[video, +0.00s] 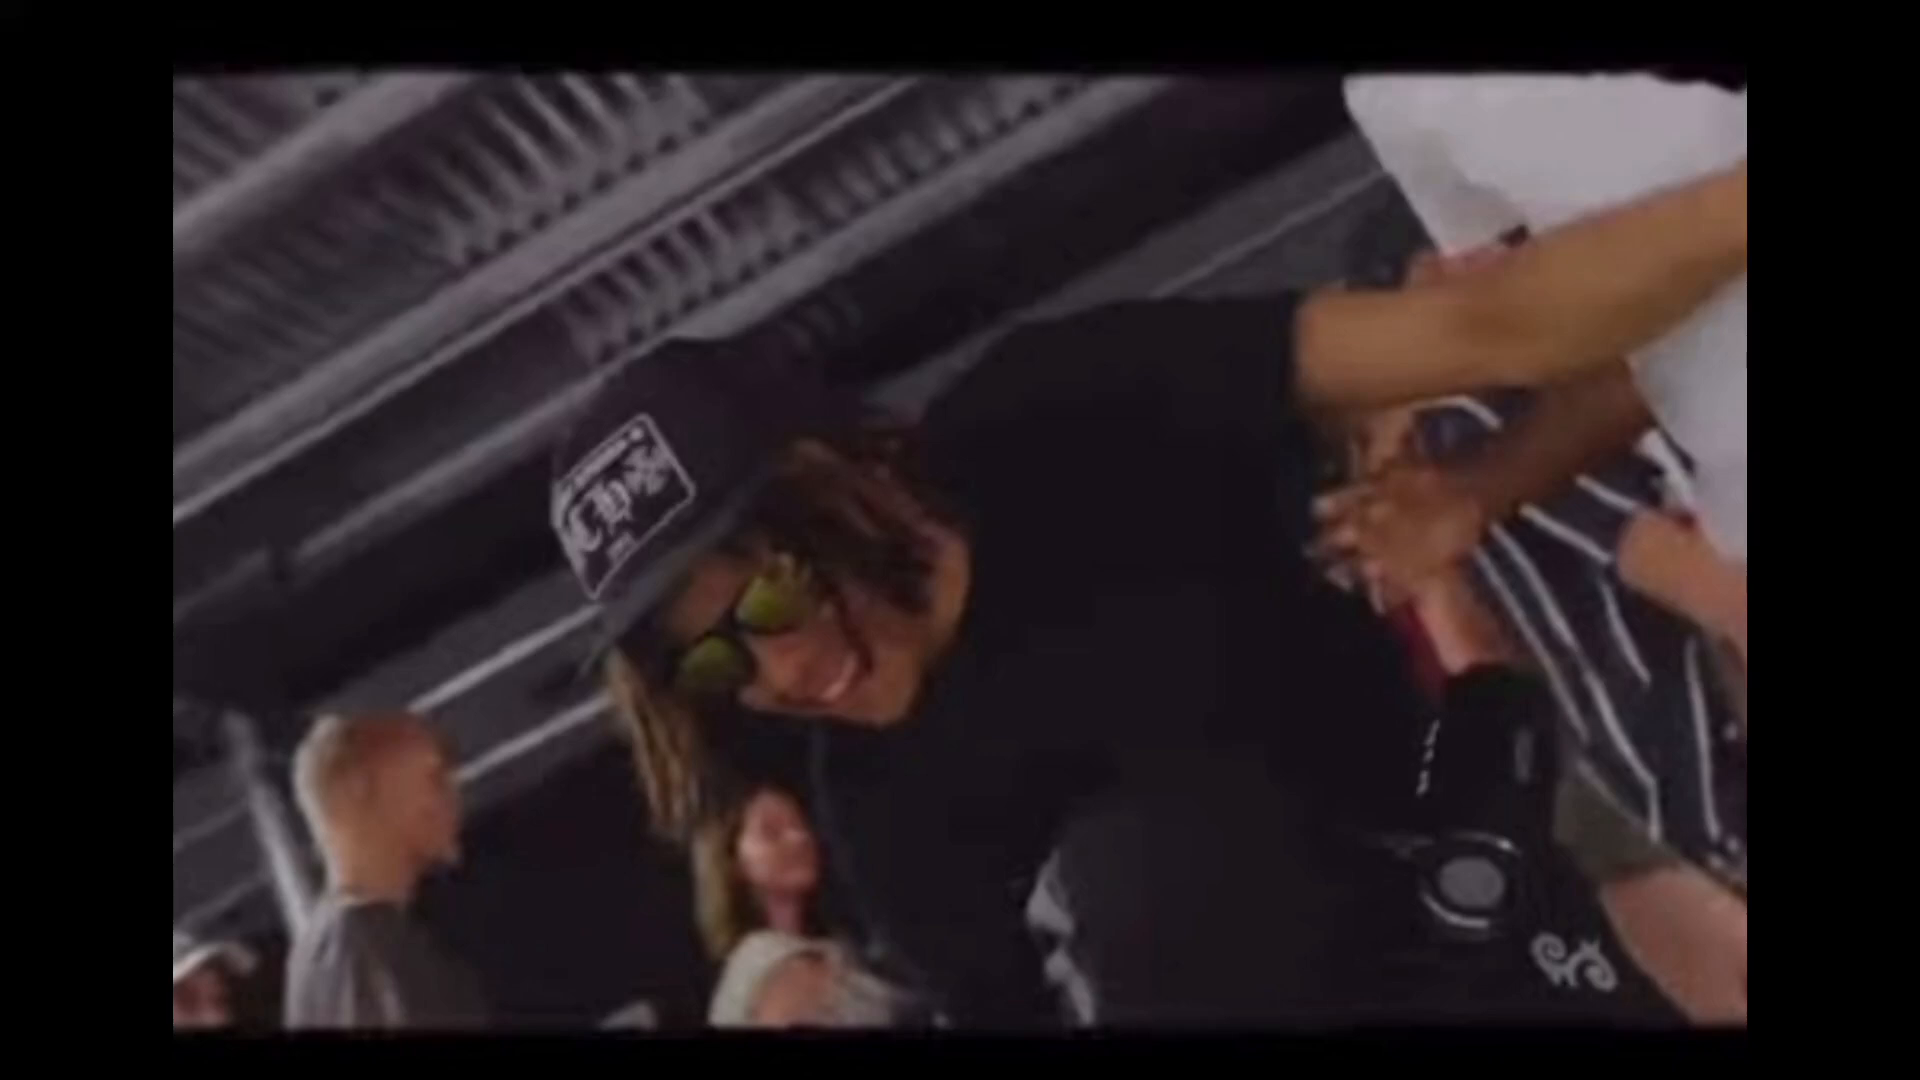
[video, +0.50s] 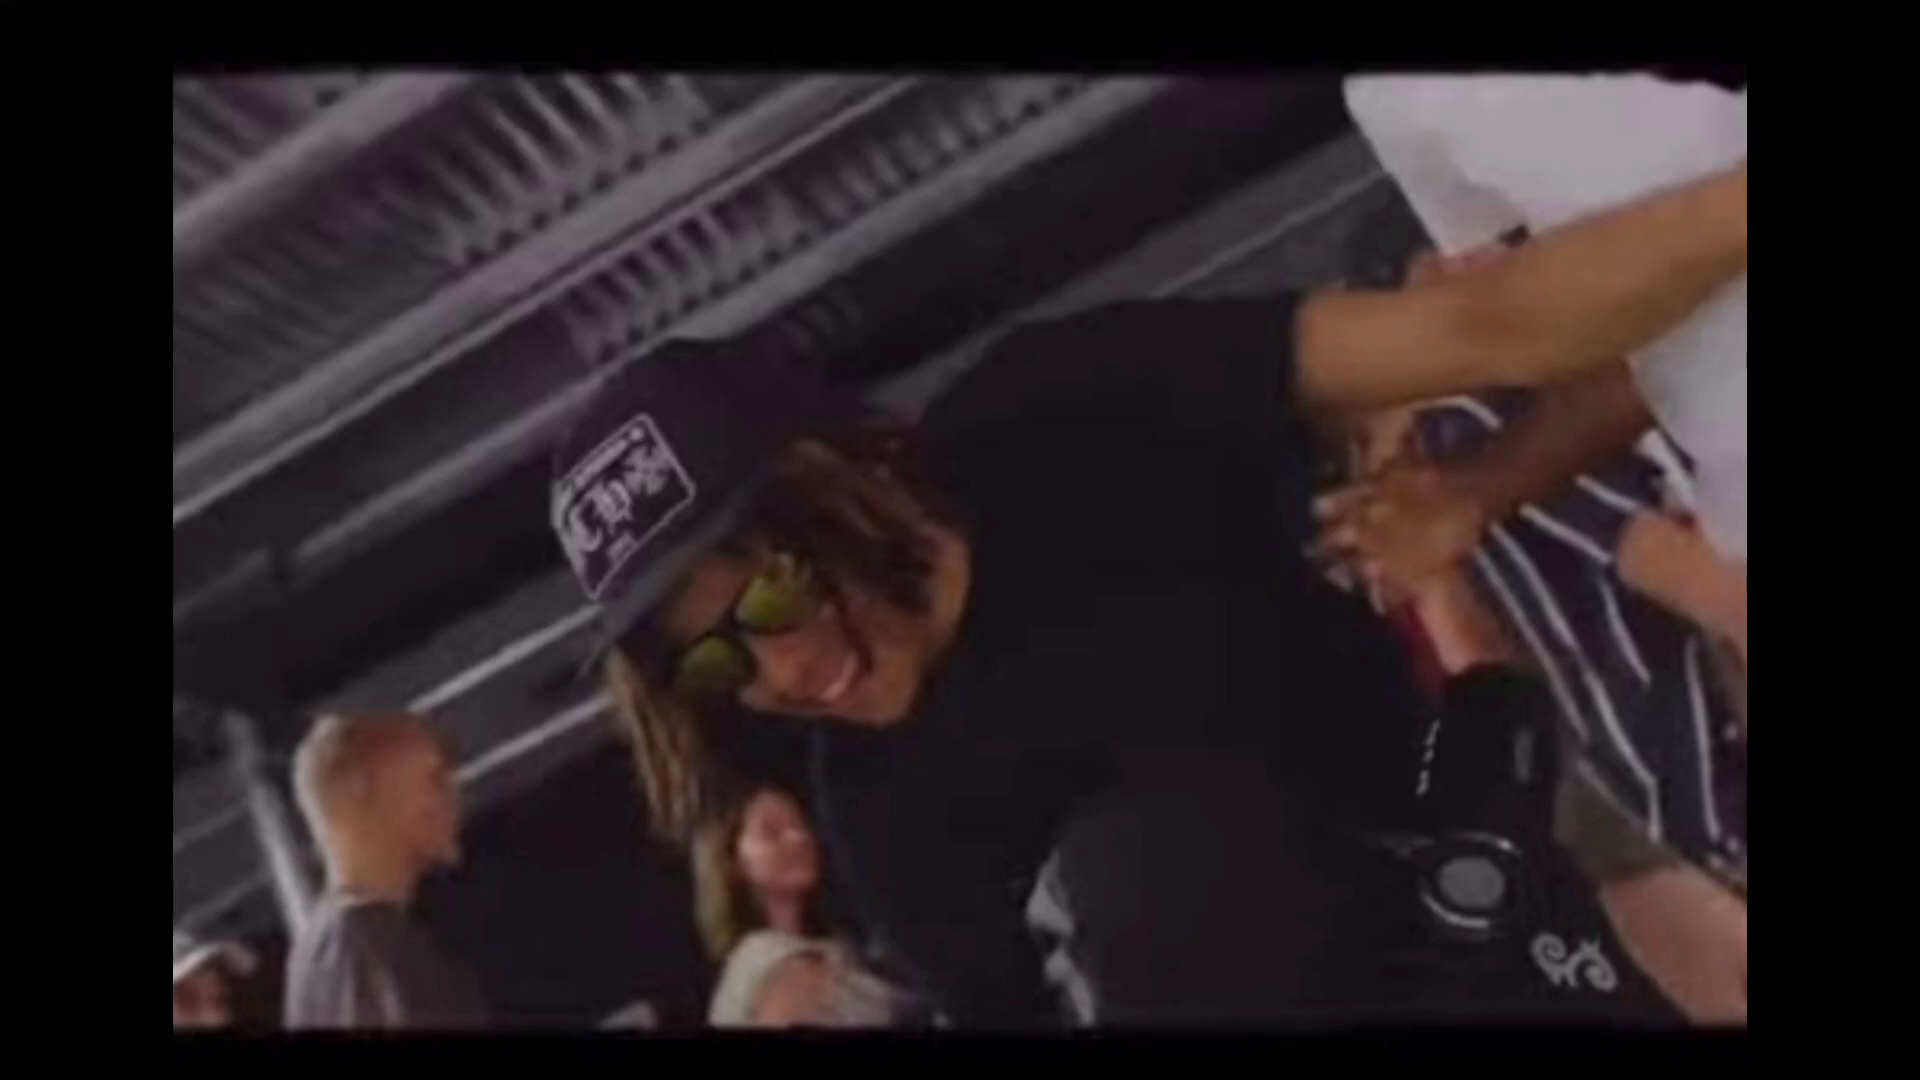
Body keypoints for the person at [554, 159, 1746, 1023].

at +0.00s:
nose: (768, 656)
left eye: (761, 582)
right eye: (708, 654)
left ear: (835, 476)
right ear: (687, 685)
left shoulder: (1052, 404)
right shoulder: (886, 847)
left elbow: (1472, 328)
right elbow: (1031, 1024)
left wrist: (1740, 208)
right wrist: (837, 995)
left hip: (1477, 844)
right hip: (1240, 973)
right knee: (1136, 862)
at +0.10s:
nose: (767, 656)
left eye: (760, 582)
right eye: (708, 654)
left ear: (833, 476)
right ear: (686, 686)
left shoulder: (1051, 404)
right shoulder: (888, 847)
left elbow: (1471, 328)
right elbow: (1034, 1025)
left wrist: (1740, 208)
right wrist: (838, 995)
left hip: (1483, 841)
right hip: (1256, 975)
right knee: (1136, 864)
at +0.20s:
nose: (767, 656)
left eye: (760, 582)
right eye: (708, 654)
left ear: (833, 476)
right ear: (686, 686)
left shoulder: (1051, 404)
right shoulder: (888, 847)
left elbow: (1471, 328)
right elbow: (1034, 1025)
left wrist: (1740, 208)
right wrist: (838, 995)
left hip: (1483, 841)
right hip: (1256, 975)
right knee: (1136, 864)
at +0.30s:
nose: (767, 656)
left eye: (760, 581)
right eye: (708, 654)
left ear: (835, 476)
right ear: (686, 685)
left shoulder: (1053, 404)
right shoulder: (888, 847)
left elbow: (1470, 329)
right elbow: (1032, 1024)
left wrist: (1739, 208)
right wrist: (838, 994)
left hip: (1485, 849)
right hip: (1253, 976)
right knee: (1137, 862)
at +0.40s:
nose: (767, 656)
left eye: (760, 582)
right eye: (708, 654)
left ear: (833, 476)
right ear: (686, 686)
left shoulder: (1051, 404)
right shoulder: (888, 847)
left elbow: (1471, 328)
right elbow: (1034, 1025)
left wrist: (1740, 208)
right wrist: (838, 995)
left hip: (1483, 841)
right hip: (1256, 975)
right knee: (1136, 864)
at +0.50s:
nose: (768, 656)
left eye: (761, 582)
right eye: (708, 654)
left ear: (835, 476)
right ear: (687, 685)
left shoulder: (1052, 404)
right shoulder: (886, 847)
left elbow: (1472, 328)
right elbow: (1031, 1024)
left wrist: (1740, 208)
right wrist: (837, 995)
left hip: (1477, 844)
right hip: (1240, 973)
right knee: (1136, 862)